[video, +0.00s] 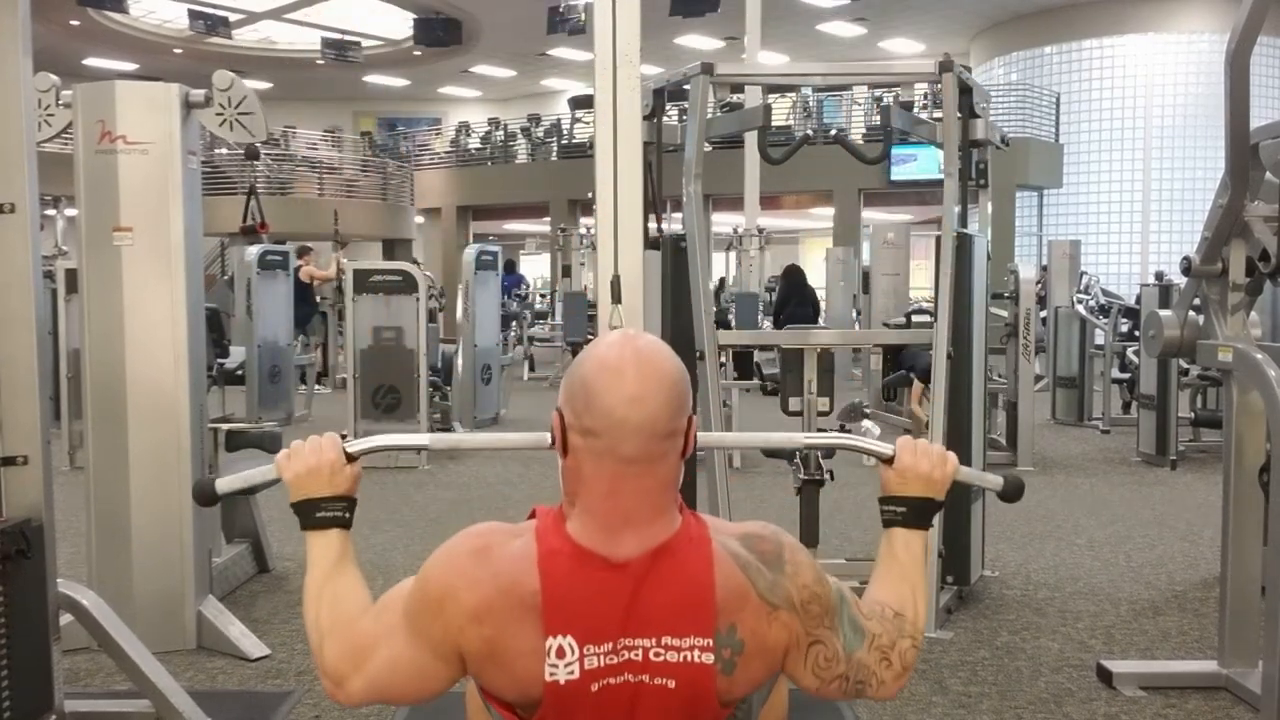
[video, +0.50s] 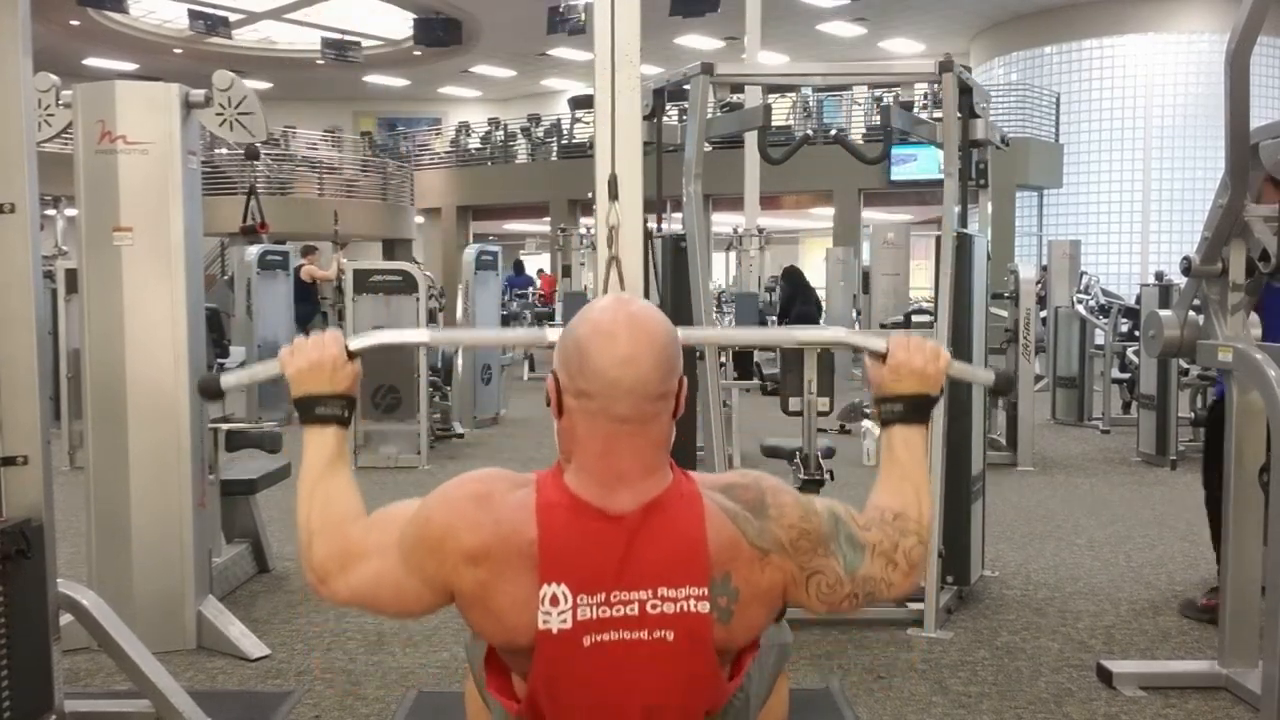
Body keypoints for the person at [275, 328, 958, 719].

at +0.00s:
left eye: (562, 407)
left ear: (561, 435)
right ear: (688, 440)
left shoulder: (480, 574)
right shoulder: (761, 571)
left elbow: (349, 671)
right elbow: (879, 668)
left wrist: (323, 516)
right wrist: (912, 511)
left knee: (484, 665)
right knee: (773, 648)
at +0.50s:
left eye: (557, 369)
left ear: (555, 395)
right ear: (679, 397)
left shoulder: (479, 519)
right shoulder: (753, 519)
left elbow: (335, 565)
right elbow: (896, 561)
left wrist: (321, 412)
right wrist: (907, 413)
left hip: (532, 712)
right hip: (698, 710)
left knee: (484, 650)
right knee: (799, 674)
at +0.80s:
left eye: (561, 332)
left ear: (558, 354)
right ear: (677, 355)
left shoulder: (486, 460)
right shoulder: (748, 459)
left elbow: (332, 450)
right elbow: (897, 438)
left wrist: (326, 302)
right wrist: (907, 298)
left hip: (547, 701)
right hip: (700, 699)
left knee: (488, 605)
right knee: (769, 638)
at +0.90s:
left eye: (560, 320)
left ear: (559, 342)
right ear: (675, 340)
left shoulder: (488, 437)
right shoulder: (746, 436)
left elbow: (336, 411)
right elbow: (893, 403)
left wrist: (328, 261)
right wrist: (904, 257)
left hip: (551, 696)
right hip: (701, 693)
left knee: (491, 630)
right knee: (767, 644)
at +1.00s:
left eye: (560, 303)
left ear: (559, 325)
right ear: (674, 325)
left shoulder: (490, 417)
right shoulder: (749, 416)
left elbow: (340, 375)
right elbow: (888, 364)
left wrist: (329, 224)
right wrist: (902, 216)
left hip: (546, 695)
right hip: (708, 692)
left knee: (484, 662)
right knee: (771, 648)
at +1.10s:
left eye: (562, 293)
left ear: (562, 316)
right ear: (674, 313)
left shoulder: (494, 400)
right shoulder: (745, 401)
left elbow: (347, 342)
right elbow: (878, 332)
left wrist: (330, 192)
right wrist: (898, 183)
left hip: (548, 692)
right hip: (703, 689)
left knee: (489, 667)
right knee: (769, 654)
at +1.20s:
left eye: (564, 286)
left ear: (564, 308)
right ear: (672, 306)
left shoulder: (500, 383)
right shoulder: (741, 385)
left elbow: (358, 309)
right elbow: (868, 304)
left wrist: (337, 160)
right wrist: (894, 157)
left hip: (549, 695)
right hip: (702, 693)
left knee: (488, 659)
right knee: (767, 655)